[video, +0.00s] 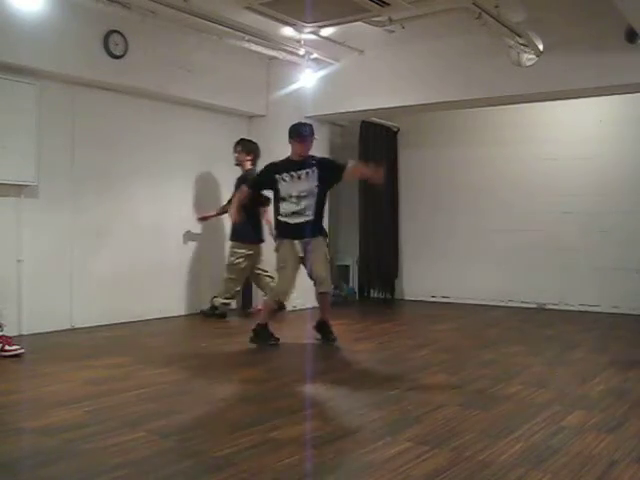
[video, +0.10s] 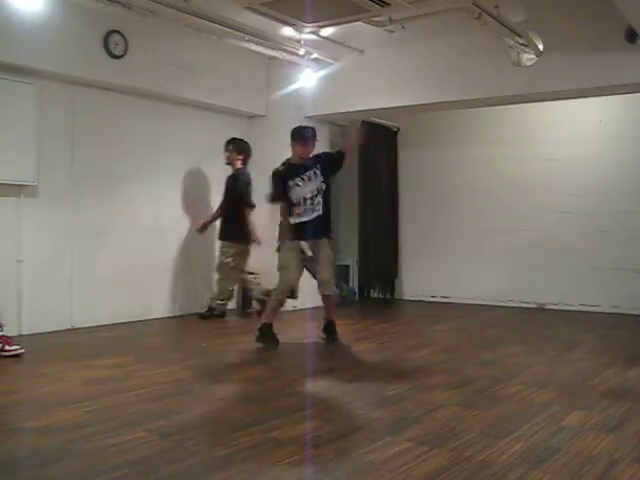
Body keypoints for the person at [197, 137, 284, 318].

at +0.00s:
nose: (235, 156)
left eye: (238, 153)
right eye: (235, 153)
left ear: (249, 156)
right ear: (247, 156)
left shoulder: (252, 179)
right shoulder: (243, 179)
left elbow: (264, 202)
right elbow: (231, 204)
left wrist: (269, 223)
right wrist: (211, 215)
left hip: (245, 235)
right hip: (248, 234)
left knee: (234, 272)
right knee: (255, 270)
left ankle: (221, 305)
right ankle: (278, 298)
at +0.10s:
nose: (226, 155)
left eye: (229, 152)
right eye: (226, 151)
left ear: (240, 155)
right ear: (239, 155)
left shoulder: (240, 177)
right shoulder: (236, 177)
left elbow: (246, 207)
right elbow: (224, 206)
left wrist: (252, 232)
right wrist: (207, 222)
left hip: (234, 235)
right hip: (238, 234)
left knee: (225, 271)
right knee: (236, 271)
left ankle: (218, 306)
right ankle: (264, 295)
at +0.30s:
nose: (217, 153)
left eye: (221, 149)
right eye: (214, 149)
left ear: (230, 153)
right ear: (211, 152)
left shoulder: (231, 174)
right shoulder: (213, 175)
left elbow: (222, 202)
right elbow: (211, 201)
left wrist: (205, 219)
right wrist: (205, 220)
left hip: (225, 232)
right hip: (210, 229)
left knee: (218, 270)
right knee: (199, 266)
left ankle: (219, 305)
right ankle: (213, 301)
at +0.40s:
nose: (211, 151)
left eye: (216, 148)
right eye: (208, 147)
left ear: (223, 152)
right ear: (203, 151)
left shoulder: (226, 173)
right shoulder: (202, 173)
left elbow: (213, 198)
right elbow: (206, 198)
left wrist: (190, 203)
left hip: (222, 230)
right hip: (202, 228)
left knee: (218, 272)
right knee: (191, 268)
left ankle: (217, 307)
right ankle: (188, 305)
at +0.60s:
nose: (202, 152)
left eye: (205, 148)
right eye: (197, 148)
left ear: (209, 151)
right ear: (189, 151)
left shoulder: (217, 173)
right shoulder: (184, 174)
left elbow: (216, 199)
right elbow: (179, 204)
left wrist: (188, 195)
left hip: (215, 230)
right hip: (192, 228)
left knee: (217, 272)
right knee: (184, 270)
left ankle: (216, 306)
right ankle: (178, 307)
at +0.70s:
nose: (195, 150)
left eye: (198, 147)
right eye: (189, 148)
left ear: (202, 149)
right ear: (182, 153)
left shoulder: (212, 172)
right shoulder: (178, 177)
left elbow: (221, 197)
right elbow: (166, 204)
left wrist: (203, 208)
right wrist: (162, 229)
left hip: (214, 232)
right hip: (190, 232)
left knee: (216, 272)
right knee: (183, 271)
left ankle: (213, 306)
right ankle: (178, 307)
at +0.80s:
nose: (194, 151)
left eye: (196, 147)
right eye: (189, 148)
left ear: (200, 149)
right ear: (180, 154)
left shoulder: (210, 172)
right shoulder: (177, 178)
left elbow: (216, 201)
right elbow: (160, 204)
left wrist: (219, 224)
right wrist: (155, 230)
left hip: (213, 231)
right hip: (191, 233)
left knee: (216, 271)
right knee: (183, 272)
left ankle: (214, 307)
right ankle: (178, 307)